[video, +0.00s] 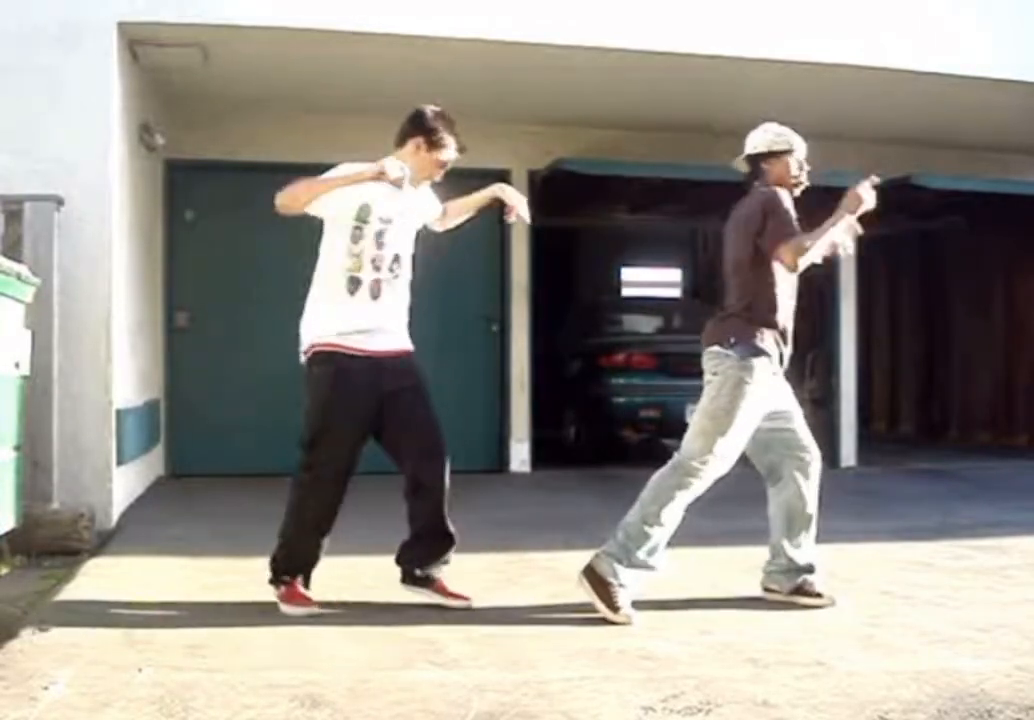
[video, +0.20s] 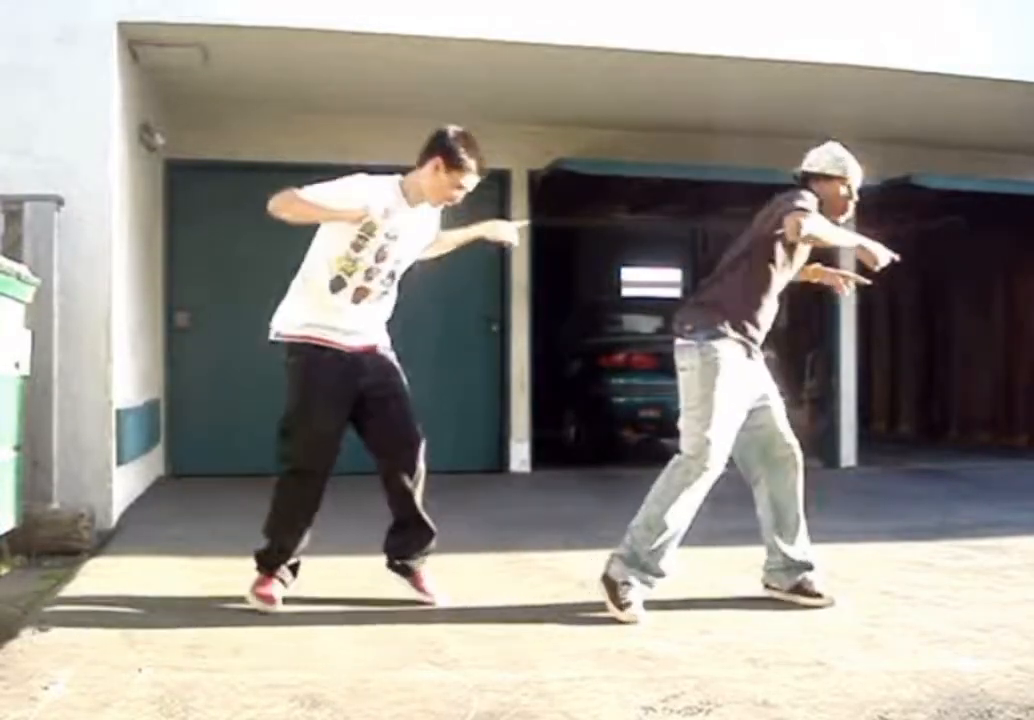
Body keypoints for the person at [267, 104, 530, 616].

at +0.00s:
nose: (443, 171)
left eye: (448, 163)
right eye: (441, 159)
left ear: (425, 151)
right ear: (416, 145)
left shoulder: (420, 197)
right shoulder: (352, 183)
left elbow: (445, 217)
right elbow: (287, 202)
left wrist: (493, 192)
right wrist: (361, 175)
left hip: (394, 350)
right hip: (339, 347)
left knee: (428, 457)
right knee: (327, 465)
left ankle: (423, 565)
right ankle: (290, 574)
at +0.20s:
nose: (457, 198)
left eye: (465, 191)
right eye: (457, 185)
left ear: (446, 175)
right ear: (433, 165)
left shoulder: (427, 217)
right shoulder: (368, 191)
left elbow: (422, 249)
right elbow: (280, 204)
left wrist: (478, 231)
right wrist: (340, 213)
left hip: (370, 345)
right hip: (316, 340)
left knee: (406, 449)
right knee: (309, 457)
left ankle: (408, 555)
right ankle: (274, 568)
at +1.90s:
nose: (445, 168)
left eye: (454, 160)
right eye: (438, 157)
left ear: (467, 163)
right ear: (422, 155)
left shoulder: (484, 222)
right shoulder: (394, 213)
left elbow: (537, 282)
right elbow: (346, 273)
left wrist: (539, 242)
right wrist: (322, 218)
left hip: (454, 373)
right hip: (393, 367)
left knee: (474, 479)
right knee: (350, 477)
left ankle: (496, 569)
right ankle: (300, 583)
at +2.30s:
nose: (413, 166)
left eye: (422, 157)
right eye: (406, 155)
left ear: (437, 159)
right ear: (391, 155)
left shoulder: (454, 222)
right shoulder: (359, 216)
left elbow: (467, 296)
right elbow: (336, 288)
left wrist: (467, 360)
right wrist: (341, 358)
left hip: (436, 382)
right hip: (370, 380)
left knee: (467, 473)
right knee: (327, 478)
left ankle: (472, 574)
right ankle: (272, 571)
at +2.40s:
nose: (402, 142)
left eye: (412, 133)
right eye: (393, 130)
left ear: (426, 134)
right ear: (377, 127)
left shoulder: (442, 192)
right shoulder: (347, 182)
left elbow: (459, 263)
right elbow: (309, 245)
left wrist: (454, 316)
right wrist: (321, 303)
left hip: (420, 341)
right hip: (353, 336)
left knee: (448, 453)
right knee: (316, 451)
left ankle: (470, 564)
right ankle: (279, 559)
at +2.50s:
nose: (387, 127)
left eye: (397, 117)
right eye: (379, 115)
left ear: (410, 120)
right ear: (361, 112)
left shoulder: (425, 178)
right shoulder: (330, 170)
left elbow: (435, 241)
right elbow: (290, 226)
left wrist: (440, 288)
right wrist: (308, 280)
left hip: (403, 317)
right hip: (339, 313)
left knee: (417, 427)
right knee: (322, 430)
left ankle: (414, 541)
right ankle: (318, 547)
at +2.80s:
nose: (363, 150)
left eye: (369, 141)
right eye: (355, 139)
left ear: (373, 142)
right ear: (330, 134)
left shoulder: (377, 188)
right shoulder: (287, 184)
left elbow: (423, 228)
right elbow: (240, 241)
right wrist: (256, 280)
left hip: (354, 333)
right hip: (294, 325)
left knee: (369, 433)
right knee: (305, 437)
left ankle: (332, 541)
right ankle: (330, 554)